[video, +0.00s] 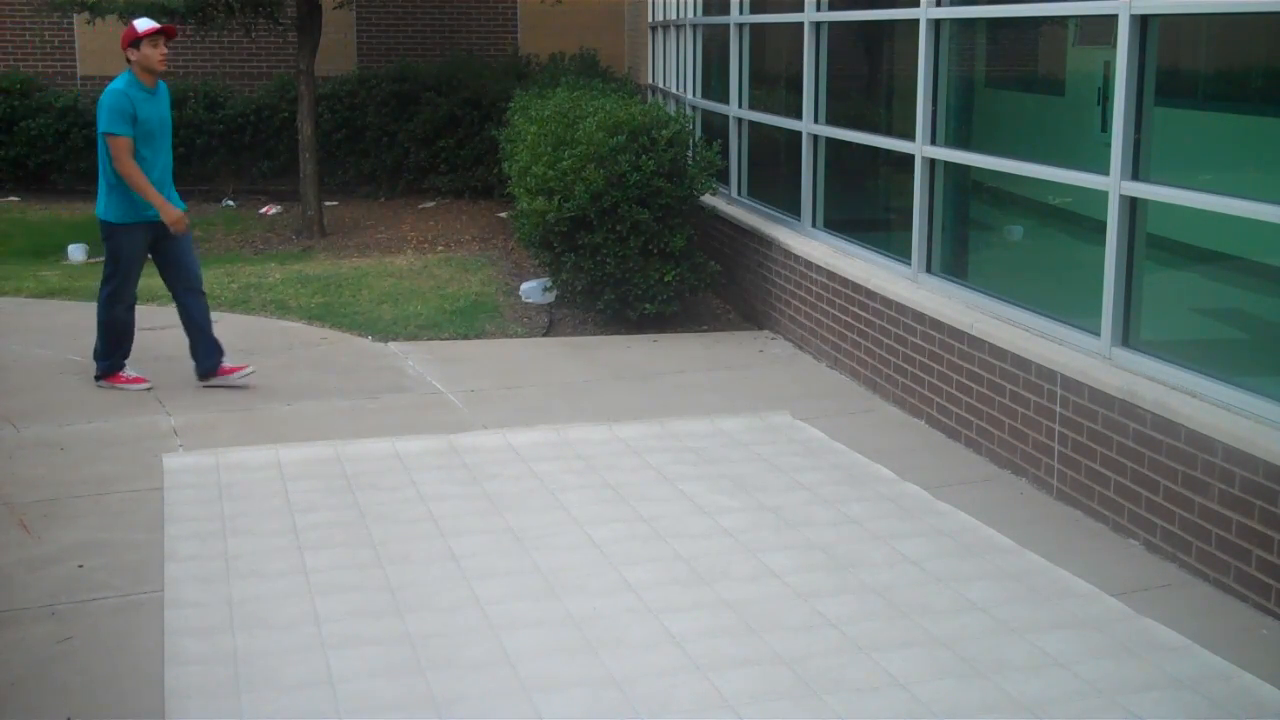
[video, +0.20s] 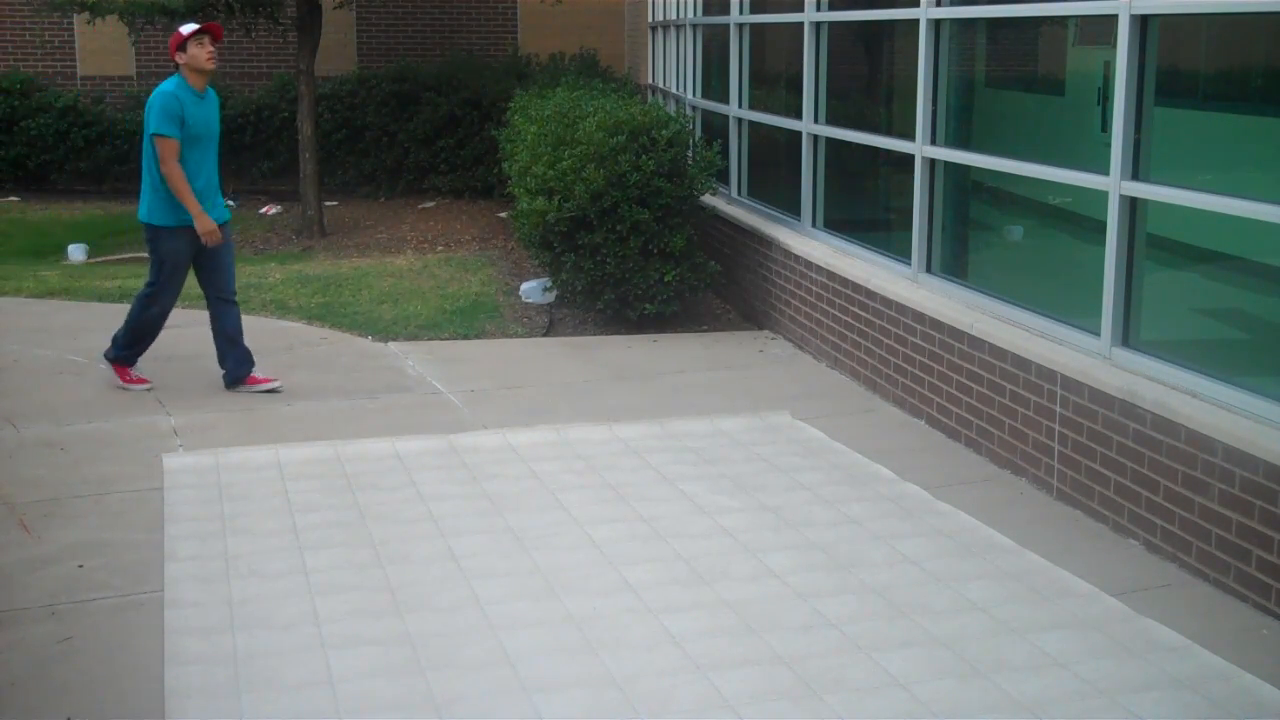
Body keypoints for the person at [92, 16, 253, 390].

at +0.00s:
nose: (164, 50)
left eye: (164, 44)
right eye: (154, 45)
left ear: (165, 49)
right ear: (132, 53)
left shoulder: (160, 89)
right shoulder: (117, 97)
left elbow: (156, 151)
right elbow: (121, 162)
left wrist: (167, 200)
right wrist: (163, 206)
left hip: (165, 209)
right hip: (125, 215)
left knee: (189, 287)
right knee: (119, 294)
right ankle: (109, 368)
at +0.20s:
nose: (210, 50)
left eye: (212, 45)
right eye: (200, 46)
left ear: (214, 54)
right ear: (180, 56)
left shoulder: (210, 97)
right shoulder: (166, 98)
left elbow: (204, 159)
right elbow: (167, 164)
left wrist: (214, 207)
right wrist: (198, 215)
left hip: (211, 214)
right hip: (170, 219)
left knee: (224, 297)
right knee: (160, 295)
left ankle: (238, 373)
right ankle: (120, 357)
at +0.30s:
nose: (230, 44)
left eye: (232, 40)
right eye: (220, 40)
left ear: (235, 50)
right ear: (200, 52)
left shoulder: (235, 94)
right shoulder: (186, 92)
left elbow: (239, 155)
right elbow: (185, 159)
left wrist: (248, 205)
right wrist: (204, 214)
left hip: (235, 211)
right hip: (195, 212)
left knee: (238, 293)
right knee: (207, 289)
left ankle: (238, 372)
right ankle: (150, 340)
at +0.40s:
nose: (247, 42)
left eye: (248, 37)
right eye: (236, 38)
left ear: (253, 48)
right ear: (218, 50)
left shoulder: (257, 91)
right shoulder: (203, 91)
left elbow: (269, 151)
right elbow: (196, 158)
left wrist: (292, 200)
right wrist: (213, 214)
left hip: (255, 208)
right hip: (221, 210)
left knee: (251, 290)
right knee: (245, 285)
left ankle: (239, 372)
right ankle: (193, 344)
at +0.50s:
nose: (264, 42)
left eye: (266, 37)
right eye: (253, 38)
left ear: (270, 48)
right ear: (235, 52)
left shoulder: (276, 90)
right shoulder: (221, 94)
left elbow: (296, 146)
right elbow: (209, 160)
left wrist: (330, 188)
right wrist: (224, 215)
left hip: (273, 205)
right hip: (240, 205)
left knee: (250, 288)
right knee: (275, 281)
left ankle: (236, 372)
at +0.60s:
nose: (284, 43)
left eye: (285, 39)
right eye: (273, 40)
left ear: (290, 50)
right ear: (255, 55)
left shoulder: (298, 91)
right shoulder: (241, 96)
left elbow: (320, 147)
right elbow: (227, 162)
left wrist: (358, 179)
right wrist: (237, 220)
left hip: (289, 208)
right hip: (259, 208)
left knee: (260, 293)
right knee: (293, 286)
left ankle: (240, 372)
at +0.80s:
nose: (328, 52)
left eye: (329, 46)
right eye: (317, 47)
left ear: (332, 53)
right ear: (298, 58)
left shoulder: (337, 93)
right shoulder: (284, 102)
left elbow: (354, 150)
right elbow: (274, 170)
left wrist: (391, 190)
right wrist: (282, 230)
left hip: (334, 212)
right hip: (306, 215)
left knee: (313, 291)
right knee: (339, 292)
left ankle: (260, 355)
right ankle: (355, 382)